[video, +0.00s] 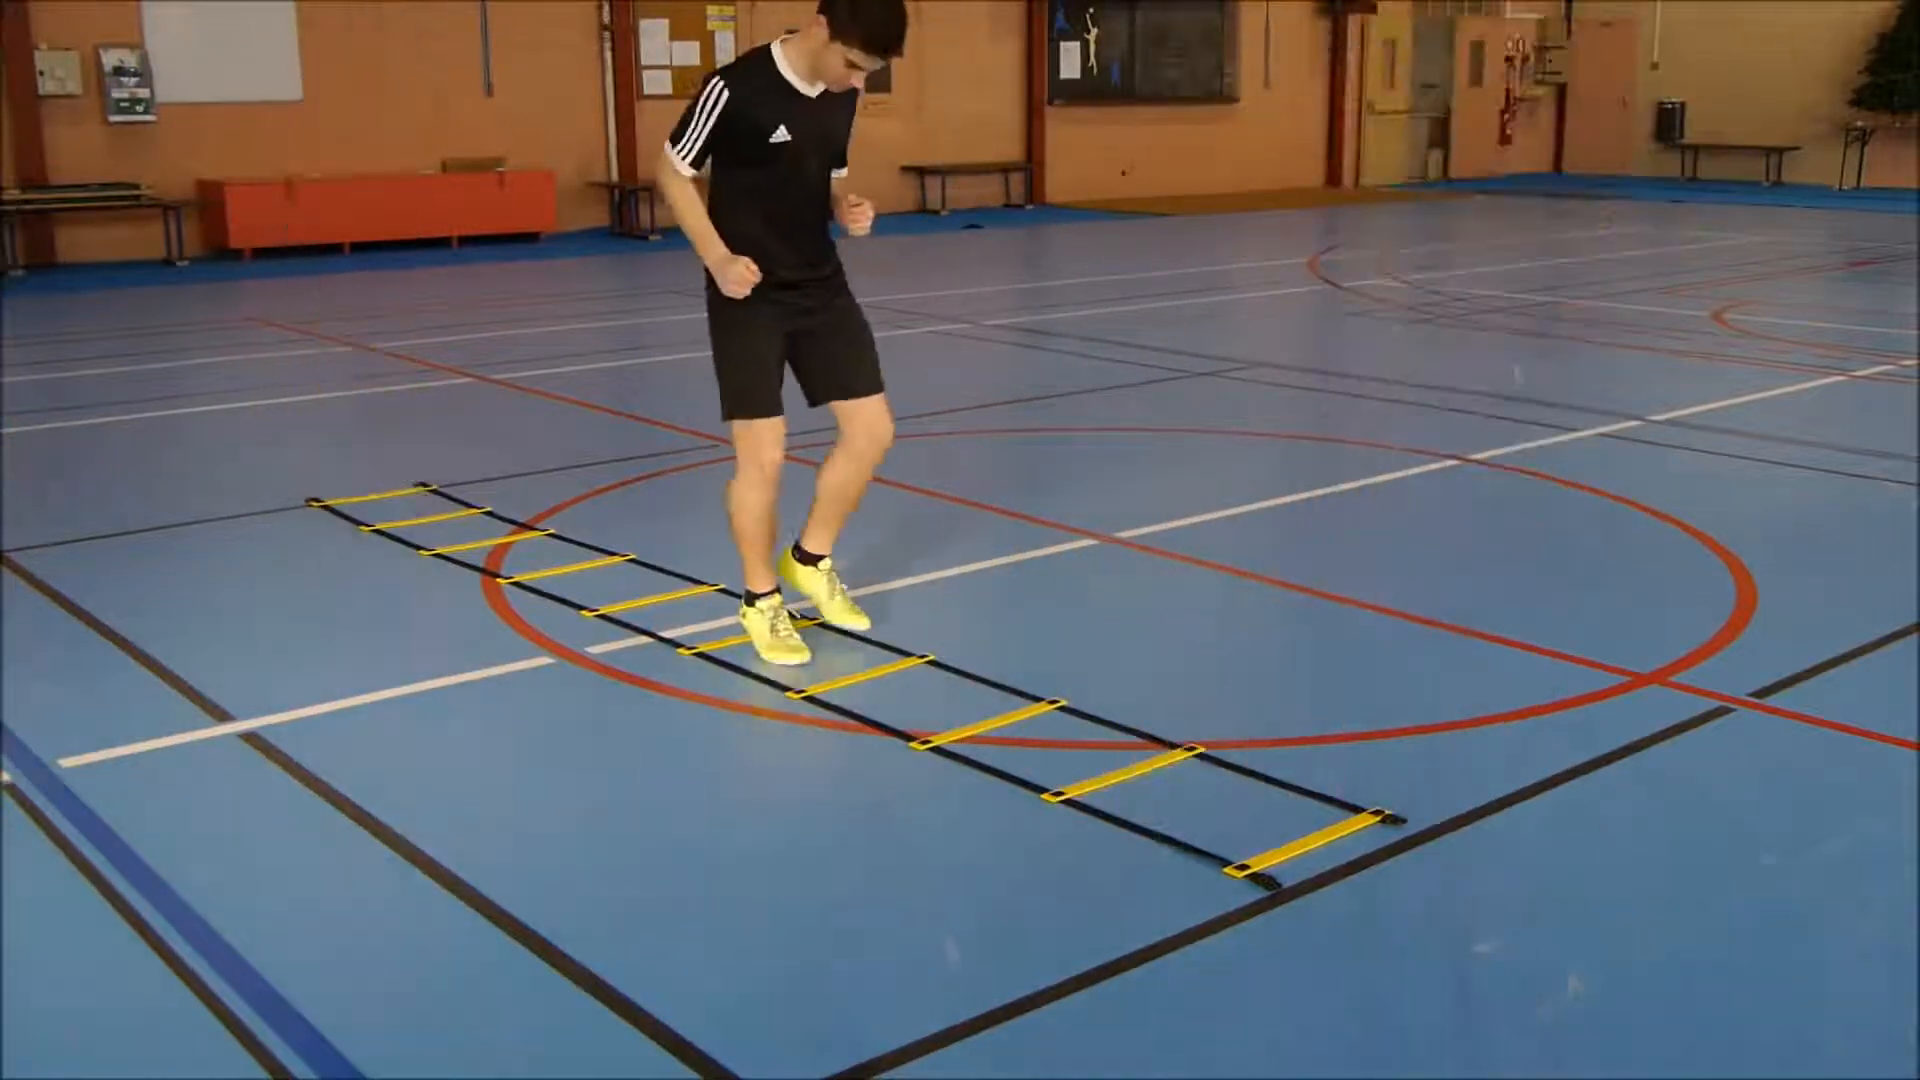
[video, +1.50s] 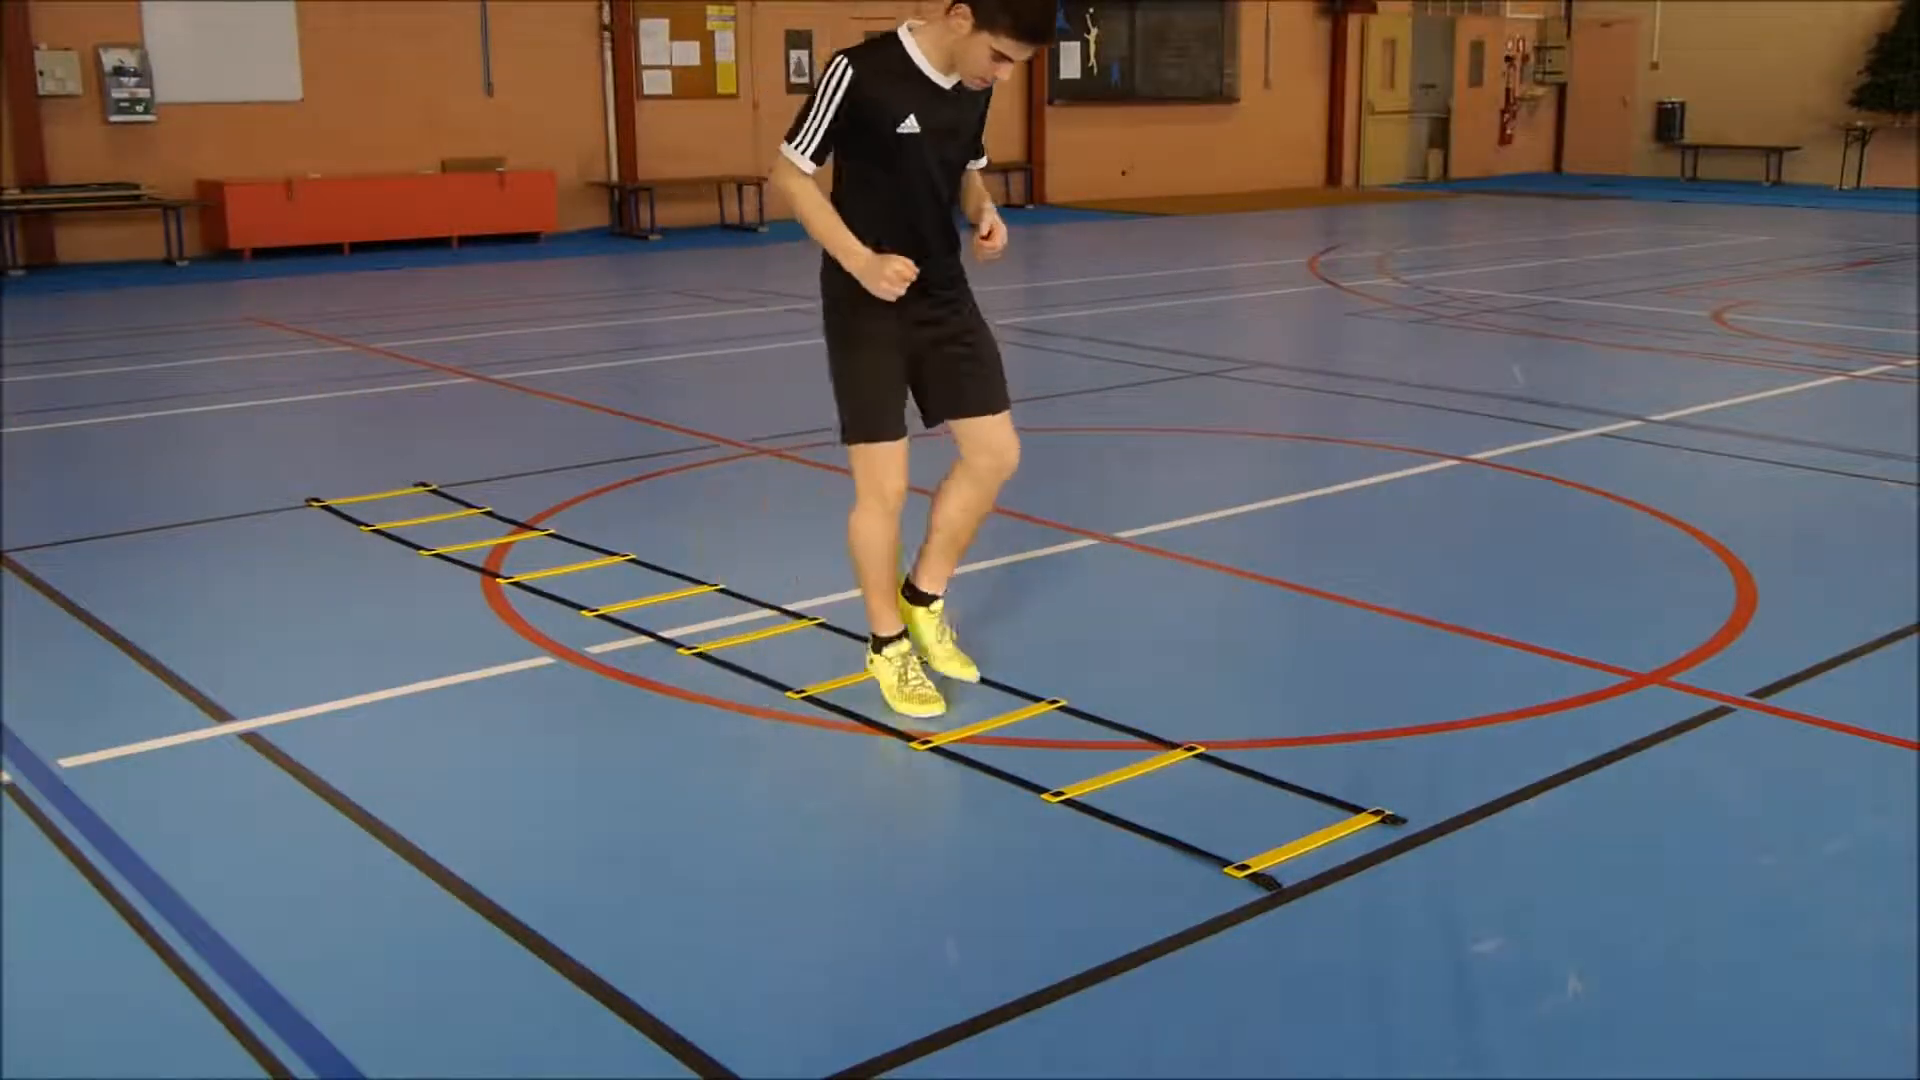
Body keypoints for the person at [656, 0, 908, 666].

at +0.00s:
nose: (858, 82)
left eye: (869, 71)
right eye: (853, 65)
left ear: (878, 56)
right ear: (818, 29)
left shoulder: (844, 91)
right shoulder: (734, 87)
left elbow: (828, 175)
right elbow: (671, 171)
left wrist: (844, 204)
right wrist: (718, 259)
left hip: (819, 284)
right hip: (746, 290)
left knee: (870, 431)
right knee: (761, 454)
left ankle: (808, 558)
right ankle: (761, 599)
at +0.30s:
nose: (885, 71)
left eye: (896, 60)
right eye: (878, 54)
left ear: (909, 45)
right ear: (843, 18)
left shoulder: (878, 86)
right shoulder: (749, 75)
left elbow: (869, 176)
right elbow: (698, 165)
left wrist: (880, 199)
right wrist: (732, 249)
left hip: (835, 288)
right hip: (759, 286)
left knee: (840, 450)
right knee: (768, 447)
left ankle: (789, 603)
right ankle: (750, 600)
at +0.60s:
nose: (903, 79)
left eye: (914, 69)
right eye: (897, 62)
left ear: (925, 51)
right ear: (860, 24)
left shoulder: (890, 94)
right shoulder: (770, 87)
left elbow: (878, 184)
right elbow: (714, 191)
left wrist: (892, 212)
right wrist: (755, 286)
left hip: (843, 295)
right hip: (764, 298)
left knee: (910, 444)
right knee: (753, 468)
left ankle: (821, 572)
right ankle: (721, 643)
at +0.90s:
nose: (941, 83)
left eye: (952, 71)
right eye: (934, 64)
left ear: (962, 55)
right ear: (895, 26)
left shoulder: (924, 97)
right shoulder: (804, 85)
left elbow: (901, 182)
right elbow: (747, 189)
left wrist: (913, 223)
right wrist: (792, 284)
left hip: (878, 286)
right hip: (798, 291)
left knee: (948, 439)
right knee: (791, 471)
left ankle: (924, 592)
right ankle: (749, 634)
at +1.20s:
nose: (976, 92)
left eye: (987, 81)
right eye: (970, 75)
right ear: (931, 34)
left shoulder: (969, 101)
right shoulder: (832, 89)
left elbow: (961, 180)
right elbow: (786, 196)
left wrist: (963, 227)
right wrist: (830, 286)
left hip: (925, 297)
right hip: (841, 301)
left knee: (957, 459)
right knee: (862, 473)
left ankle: (932, 600)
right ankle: (870, 633)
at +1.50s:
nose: (1002, 74)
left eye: (1014, 64)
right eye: (998, 56)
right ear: (957, 16)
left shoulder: (974, 83)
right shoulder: (854, 70)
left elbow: (965, 167)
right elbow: (790, 176)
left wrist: (984, 213)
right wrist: (859, 260)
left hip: (943, 294)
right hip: (865, 300)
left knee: (994, 452)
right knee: (882, 485)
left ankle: (919, 600)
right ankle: (887, 644)